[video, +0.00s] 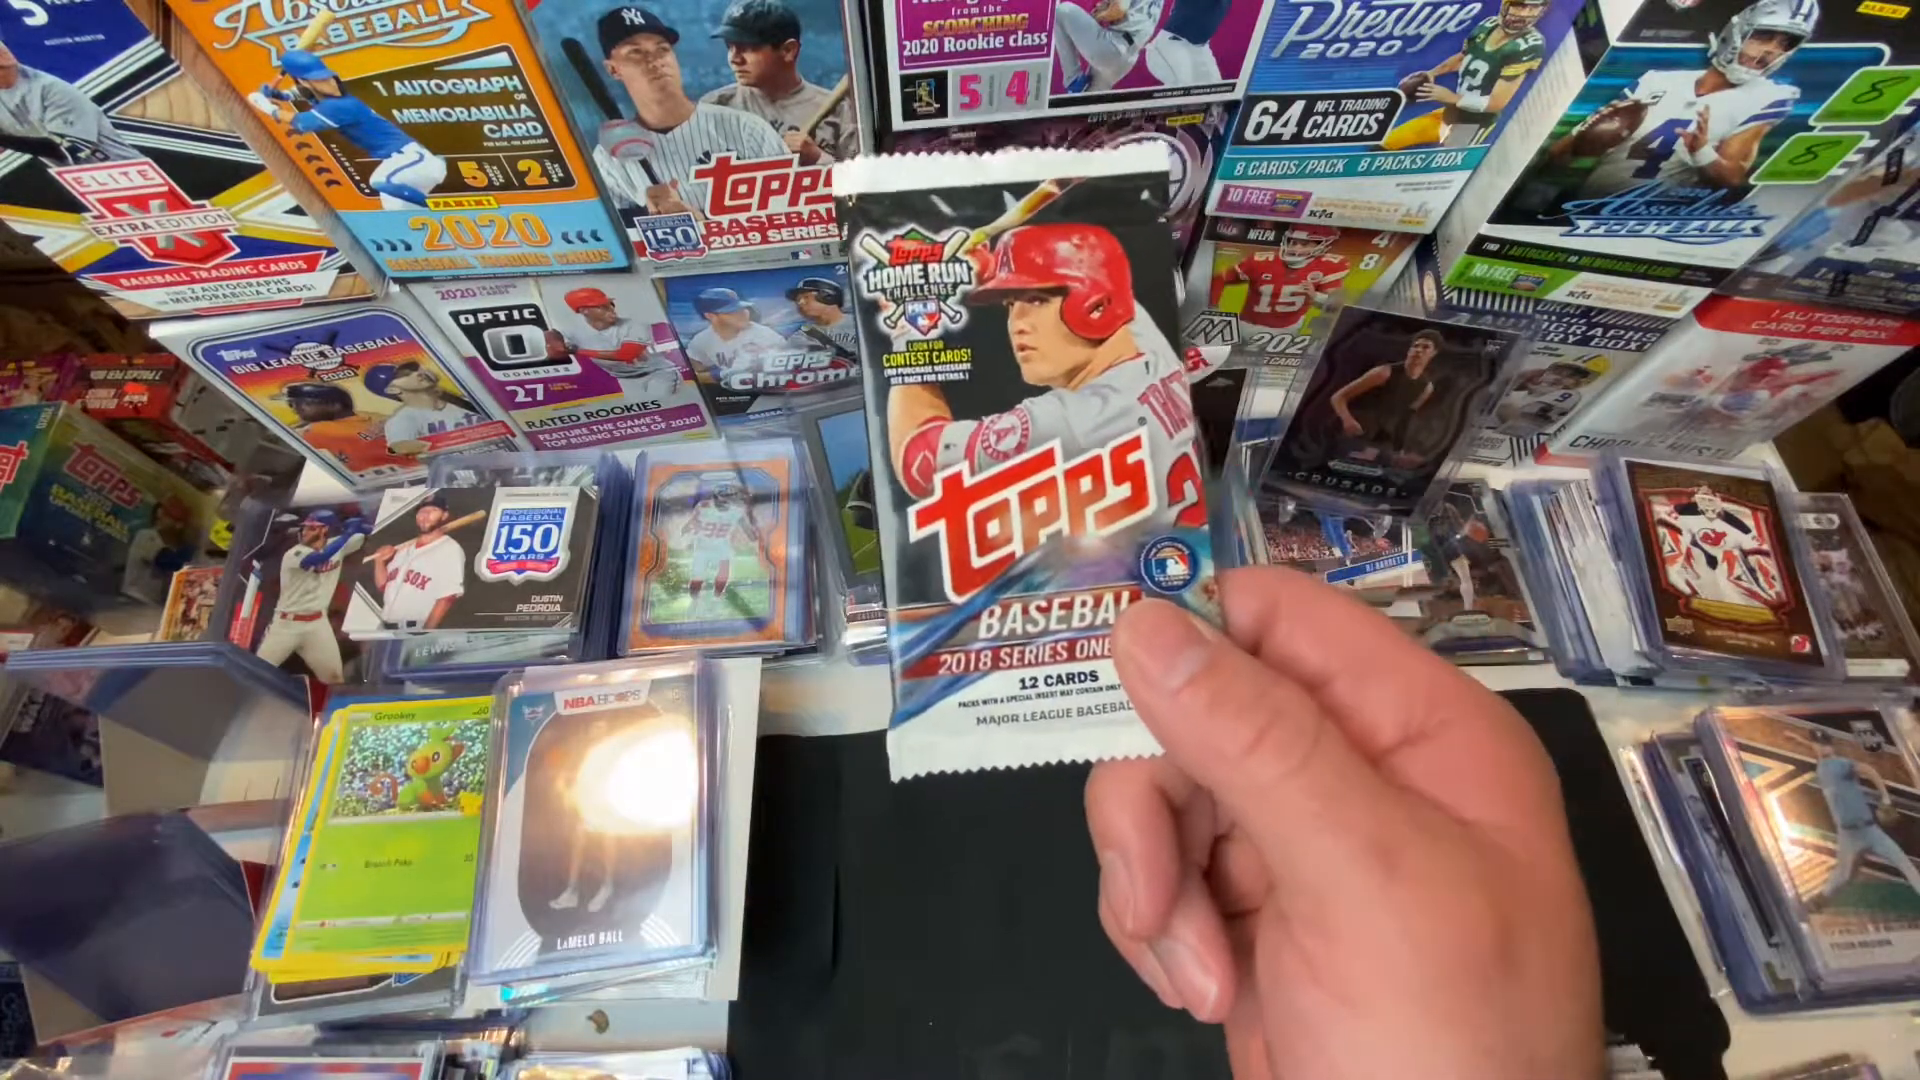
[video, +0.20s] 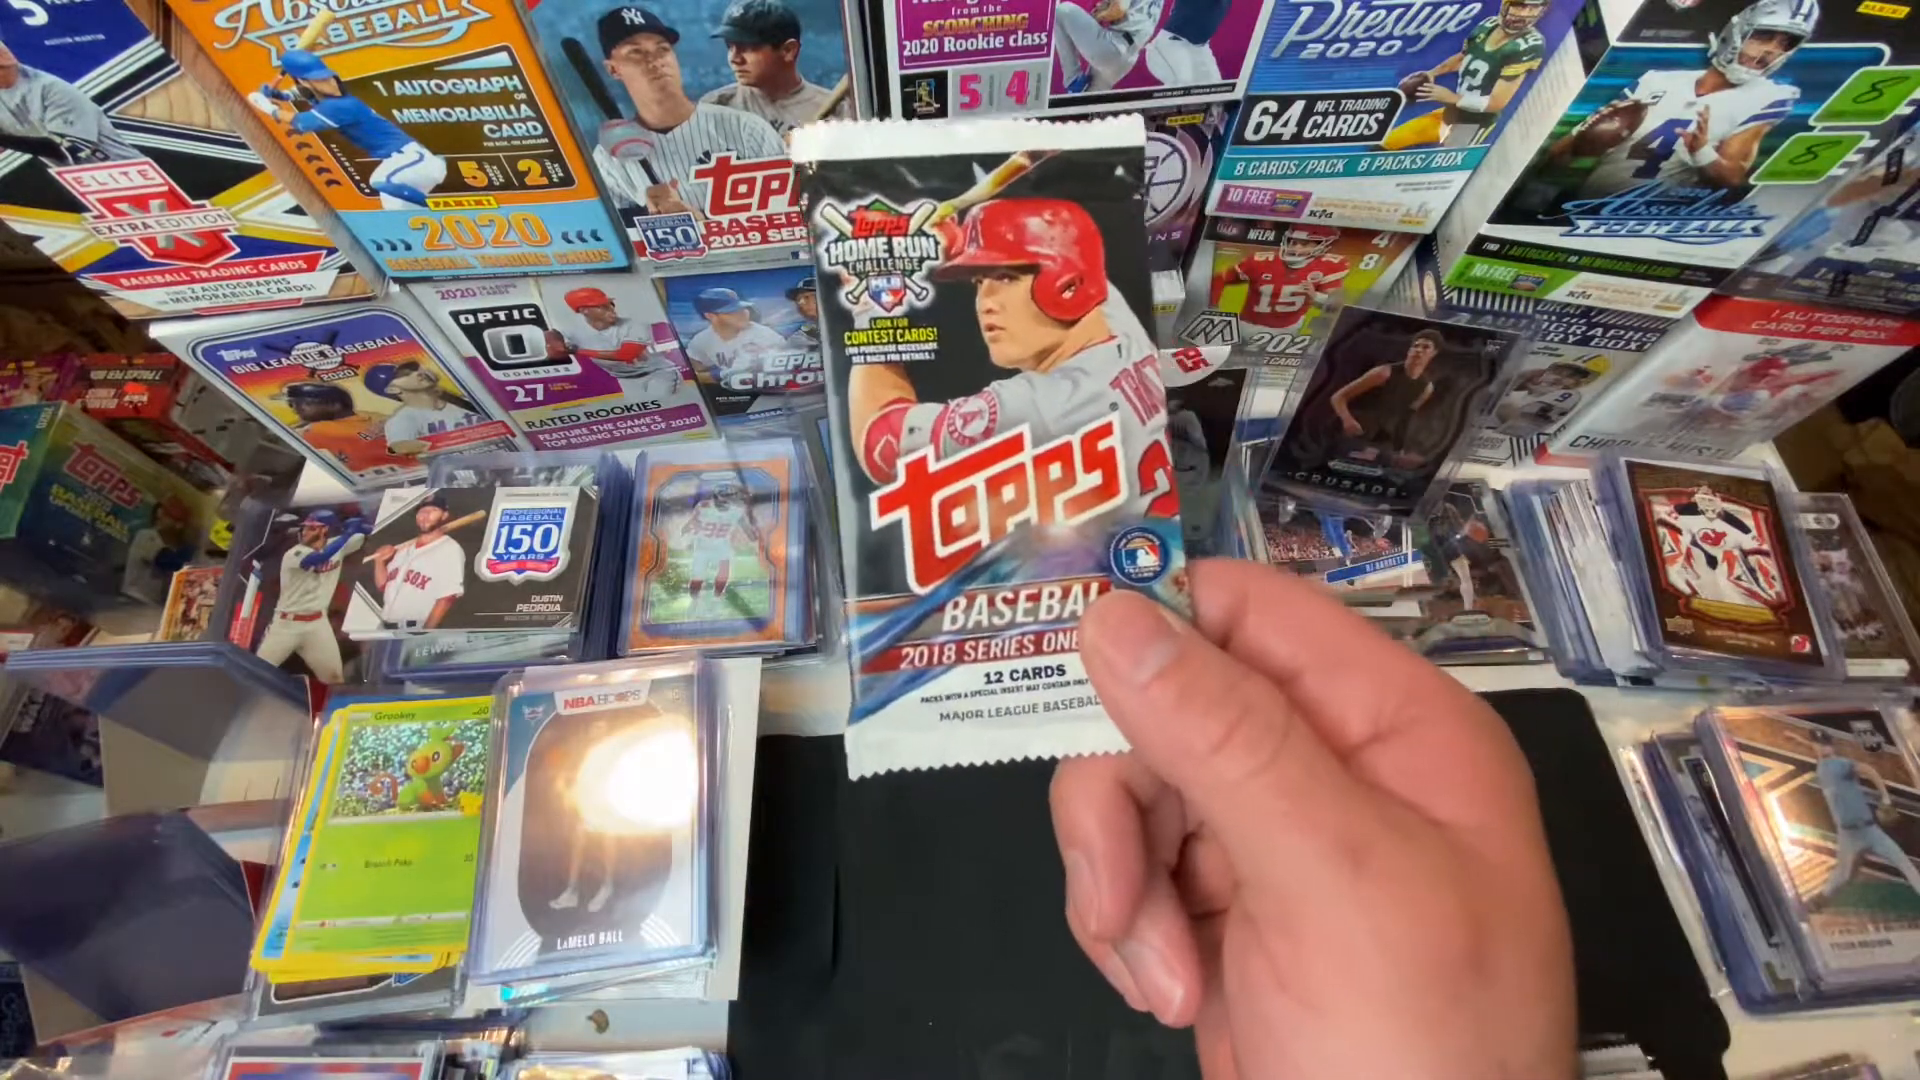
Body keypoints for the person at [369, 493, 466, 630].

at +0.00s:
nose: (426, 516)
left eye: (433, 511)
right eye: (422, 511)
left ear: (444, 516)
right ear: (416, 515)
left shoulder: (450, 550)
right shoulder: (405, 548)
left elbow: (447, 598)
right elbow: (382, 586)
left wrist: (424, 634)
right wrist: (379, 561)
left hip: (416, 630)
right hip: (386, 627)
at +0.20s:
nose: (425, 516)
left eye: (432, 511)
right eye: (422, 511)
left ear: (444, 516)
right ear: (416, 515)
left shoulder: (450, 550)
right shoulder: (405, 548)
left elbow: (447, 598)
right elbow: (382, 585)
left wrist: (424, 633)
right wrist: (379, 561)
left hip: (416, 630)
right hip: (386, 627)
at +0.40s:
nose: (425, 516)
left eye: (432, 511)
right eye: (422, 511)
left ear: (444, 515)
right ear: (416, 515)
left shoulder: (451, 550)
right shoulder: (406, 548)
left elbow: (446, 598)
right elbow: (382, 585)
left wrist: (424, 635)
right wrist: (379, 561)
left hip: (415, 631)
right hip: (386, 627)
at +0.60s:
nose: (425, 516)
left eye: (432, 511)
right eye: (422, 511)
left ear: (444, 516)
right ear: (416, 516)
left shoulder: (450, 550)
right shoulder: (406, 548)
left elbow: (446, 598)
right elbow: (382, 585)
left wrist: (424, 634)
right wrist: (379, 561)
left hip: (415, 631)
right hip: (386, 627)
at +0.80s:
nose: (425, 516)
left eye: (432, 511)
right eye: (422, 511)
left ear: (444, 516)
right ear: (416, 516)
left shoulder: (451, 550)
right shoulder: (406, 548)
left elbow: (446, 598)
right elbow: (382, 585)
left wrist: (424, 634)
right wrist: (379, 561)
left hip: (415, 630)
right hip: (386, 627)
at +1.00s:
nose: (425, 516)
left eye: (432, 511)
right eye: (422, 511)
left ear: (444, 516)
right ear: (416, 516)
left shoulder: (451, 549)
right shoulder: (405, 549)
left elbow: (446, 598)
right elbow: (382, 585)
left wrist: (424, 635)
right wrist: (379, 561)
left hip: (417, 631)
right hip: (386, 627)